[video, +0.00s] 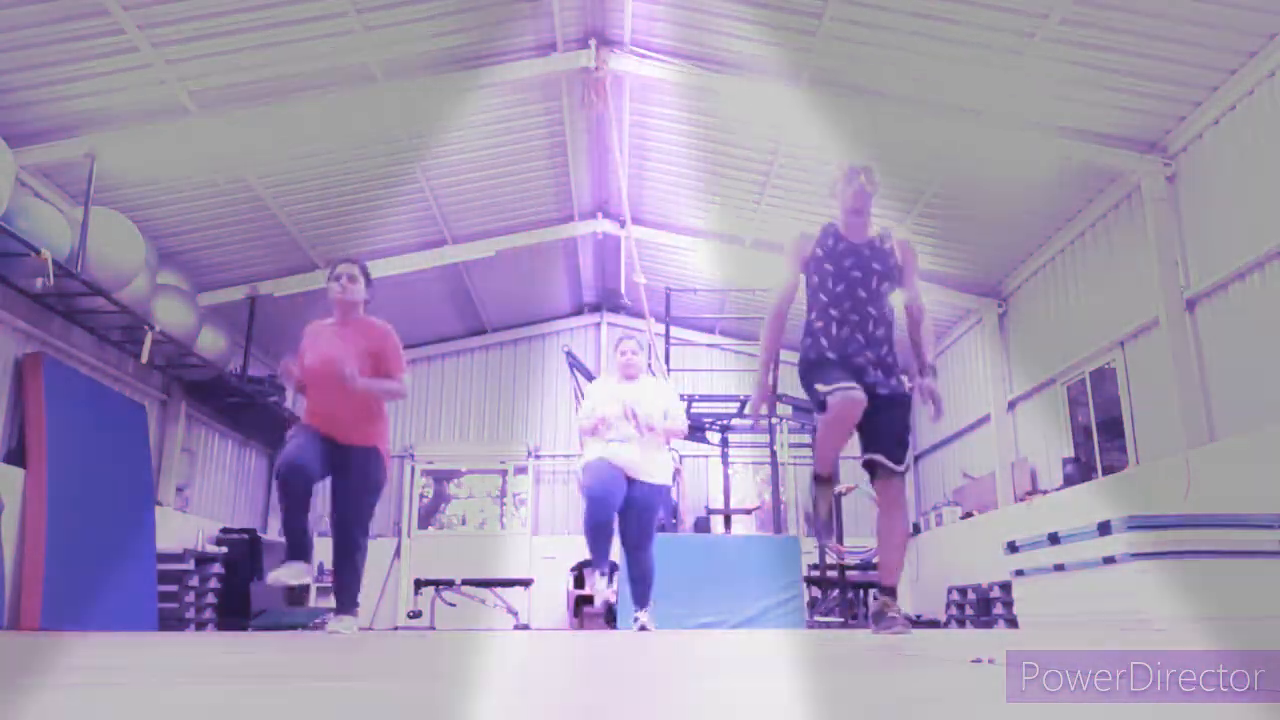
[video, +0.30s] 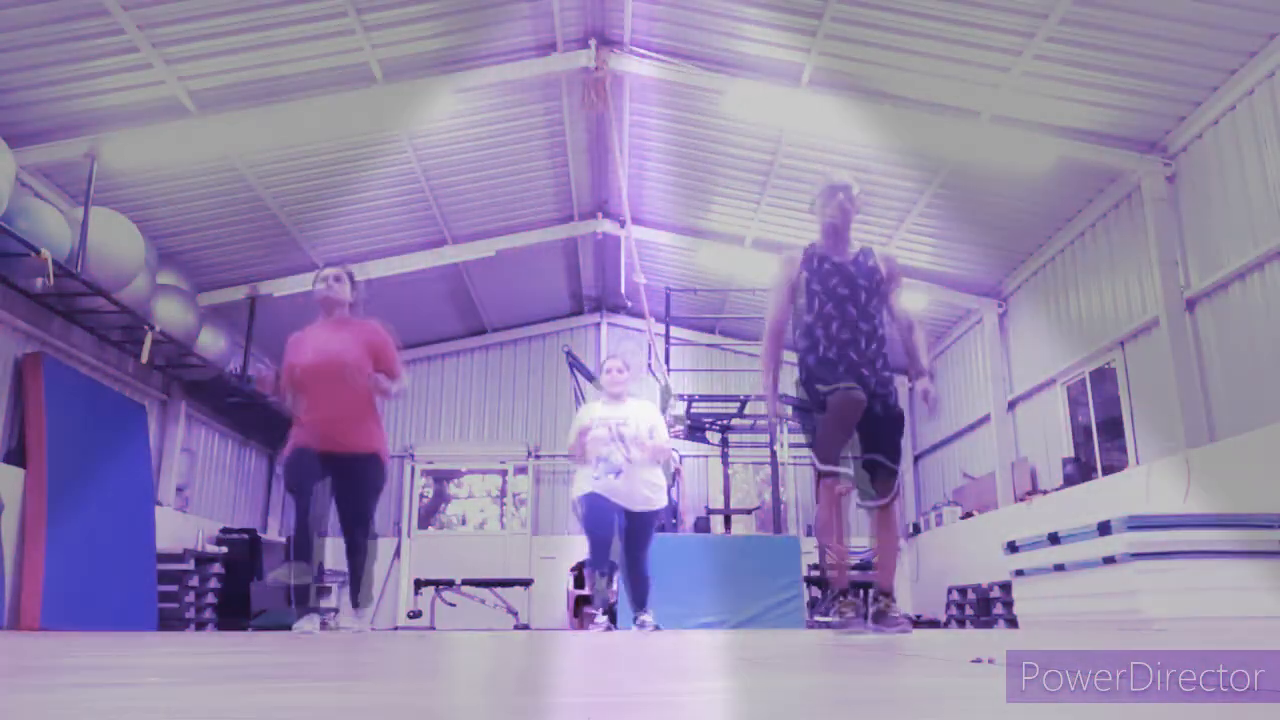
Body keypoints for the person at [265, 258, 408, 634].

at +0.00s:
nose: (343, 285)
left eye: (352, 279)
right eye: (337, 279)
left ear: (366, 290)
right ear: (327, 289)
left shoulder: (381, 333)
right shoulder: (314, 331)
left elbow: (400, 387)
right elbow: (308, 387)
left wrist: (360, 383)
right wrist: (294, 378)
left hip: (362, 441)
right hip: (317, 432)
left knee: (350, 531)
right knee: (291, 469)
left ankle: (346, 611)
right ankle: (299, 561)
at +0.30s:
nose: (330, 285)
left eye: (338, 280)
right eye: (324, 281)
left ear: (352, 292)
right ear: (314, 292)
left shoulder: (371, 332)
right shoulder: (298, 340)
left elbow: (398, 384)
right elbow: (291, 399)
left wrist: (380, 383)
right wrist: (272, 387)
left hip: (359, 443)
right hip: (310, 442)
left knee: (357, 528)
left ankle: (360, 609)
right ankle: (306, 611)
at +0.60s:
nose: (330, 272)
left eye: (338, 267)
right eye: (323, 267)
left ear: (352, 278)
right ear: (314, 278)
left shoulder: (375, 319)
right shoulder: (296, 323)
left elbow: (397, 368)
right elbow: (274, 376)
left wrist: (388, 371)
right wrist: (299, 367)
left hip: (364, 421)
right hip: (315, 426)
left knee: (365, 461)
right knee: (317, 516)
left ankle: (358, 551)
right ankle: (316, 606)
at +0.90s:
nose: (345, 280)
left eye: (353, 276)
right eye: (338, 275)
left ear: (364, 288)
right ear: (327, 285)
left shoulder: (381, 329)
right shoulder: (307, 326)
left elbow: (403, 379)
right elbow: (285, 378)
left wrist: (381, 373)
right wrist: (305, 365)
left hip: (366, 424)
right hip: (317, 430)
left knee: (354, 473)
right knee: (318, 510)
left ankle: (355, 571)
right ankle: (317, 606)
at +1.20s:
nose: (355, 306)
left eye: (363, 301)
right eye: (349, 300)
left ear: (374, 309)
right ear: (339, 307)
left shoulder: (388, 350)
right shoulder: (321, 349)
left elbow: (410, 401)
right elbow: (302, 403)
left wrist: (389, 393)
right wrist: (301, 385)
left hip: (366, 451)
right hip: (322, 452)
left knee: (347, 518)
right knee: (321, 530)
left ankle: (345, 608)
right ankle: (325, 608)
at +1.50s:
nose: (359, 301)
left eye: (367, 296)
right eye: (353, 296)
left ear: (381, 306)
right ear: (345, 305)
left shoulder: (395, 349)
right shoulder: (332, 349)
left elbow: (416, 397)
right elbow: (323, 400)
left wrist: (391, 407)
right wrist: (319, 398)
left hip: (377, 453)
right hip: (334, 447)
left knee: (368, 532)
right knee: (315, 493)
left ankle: (366, 613)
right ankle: (326, 579)